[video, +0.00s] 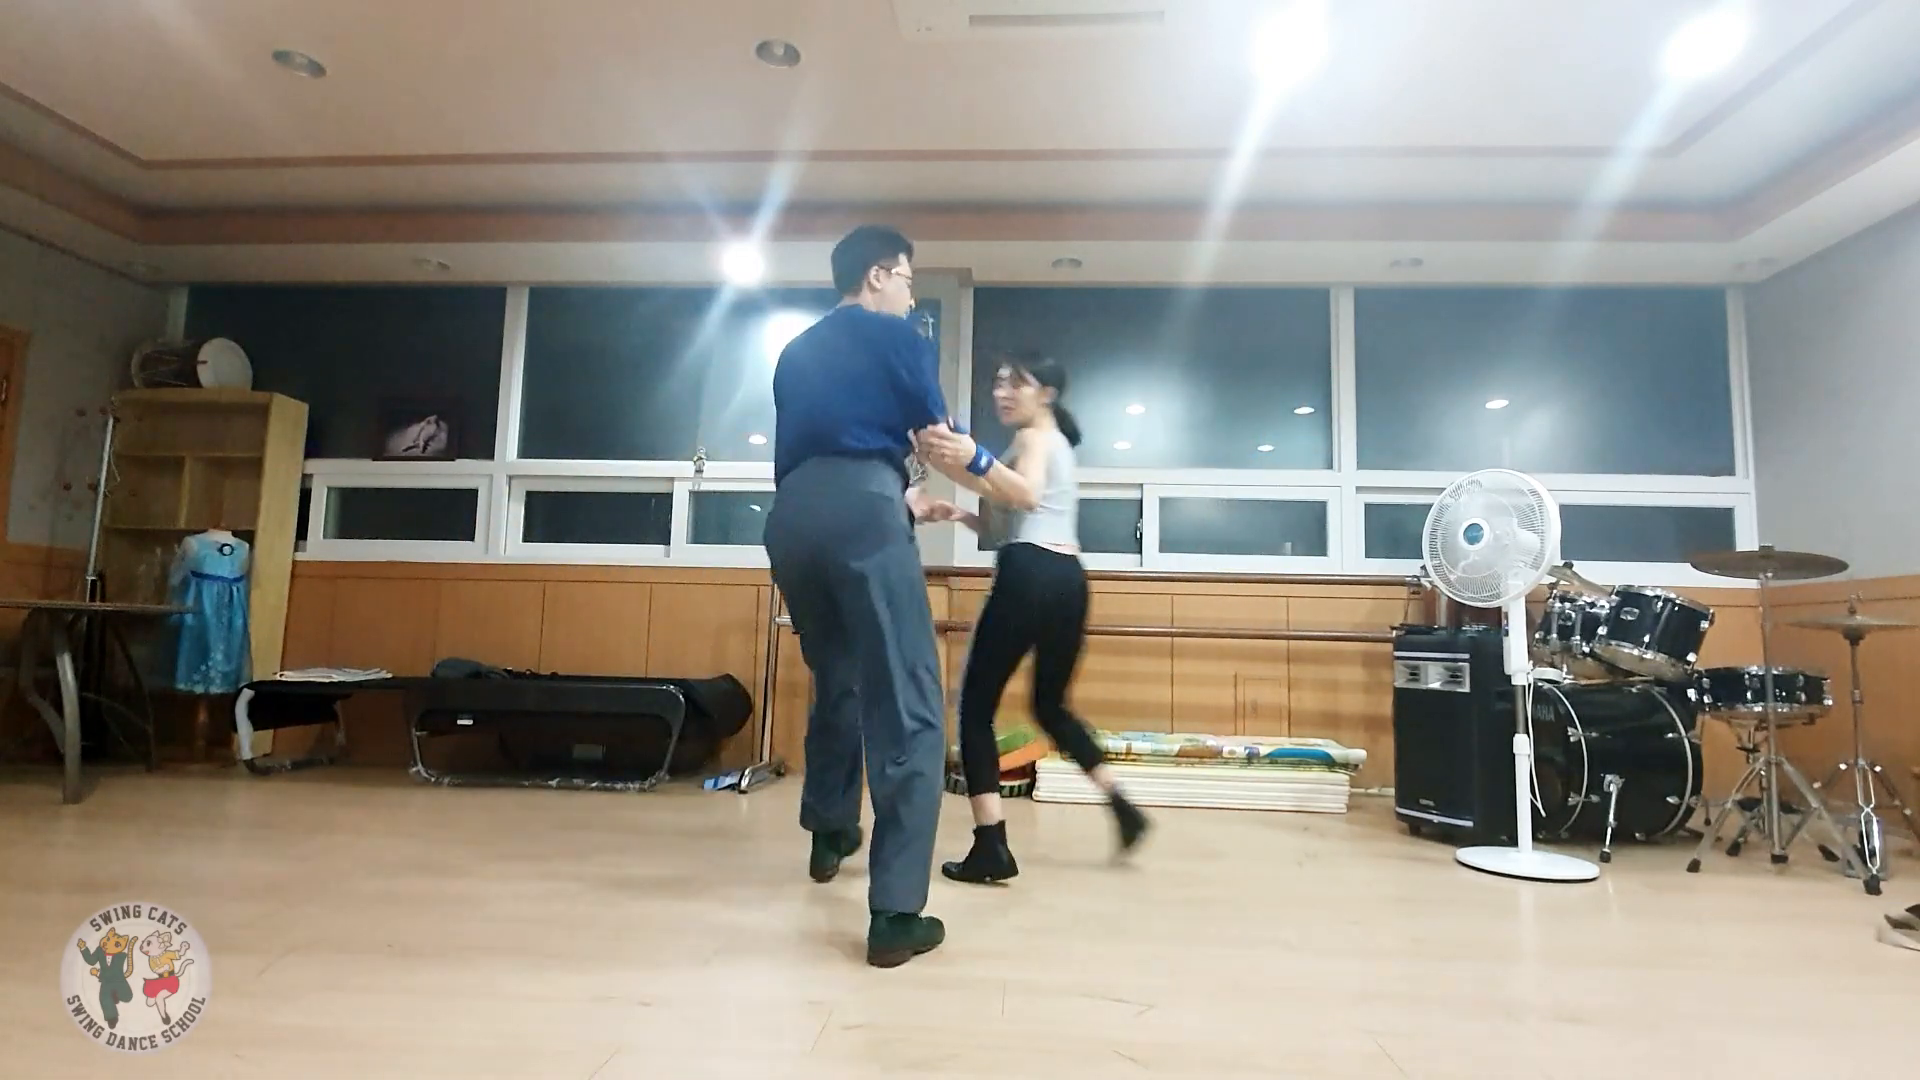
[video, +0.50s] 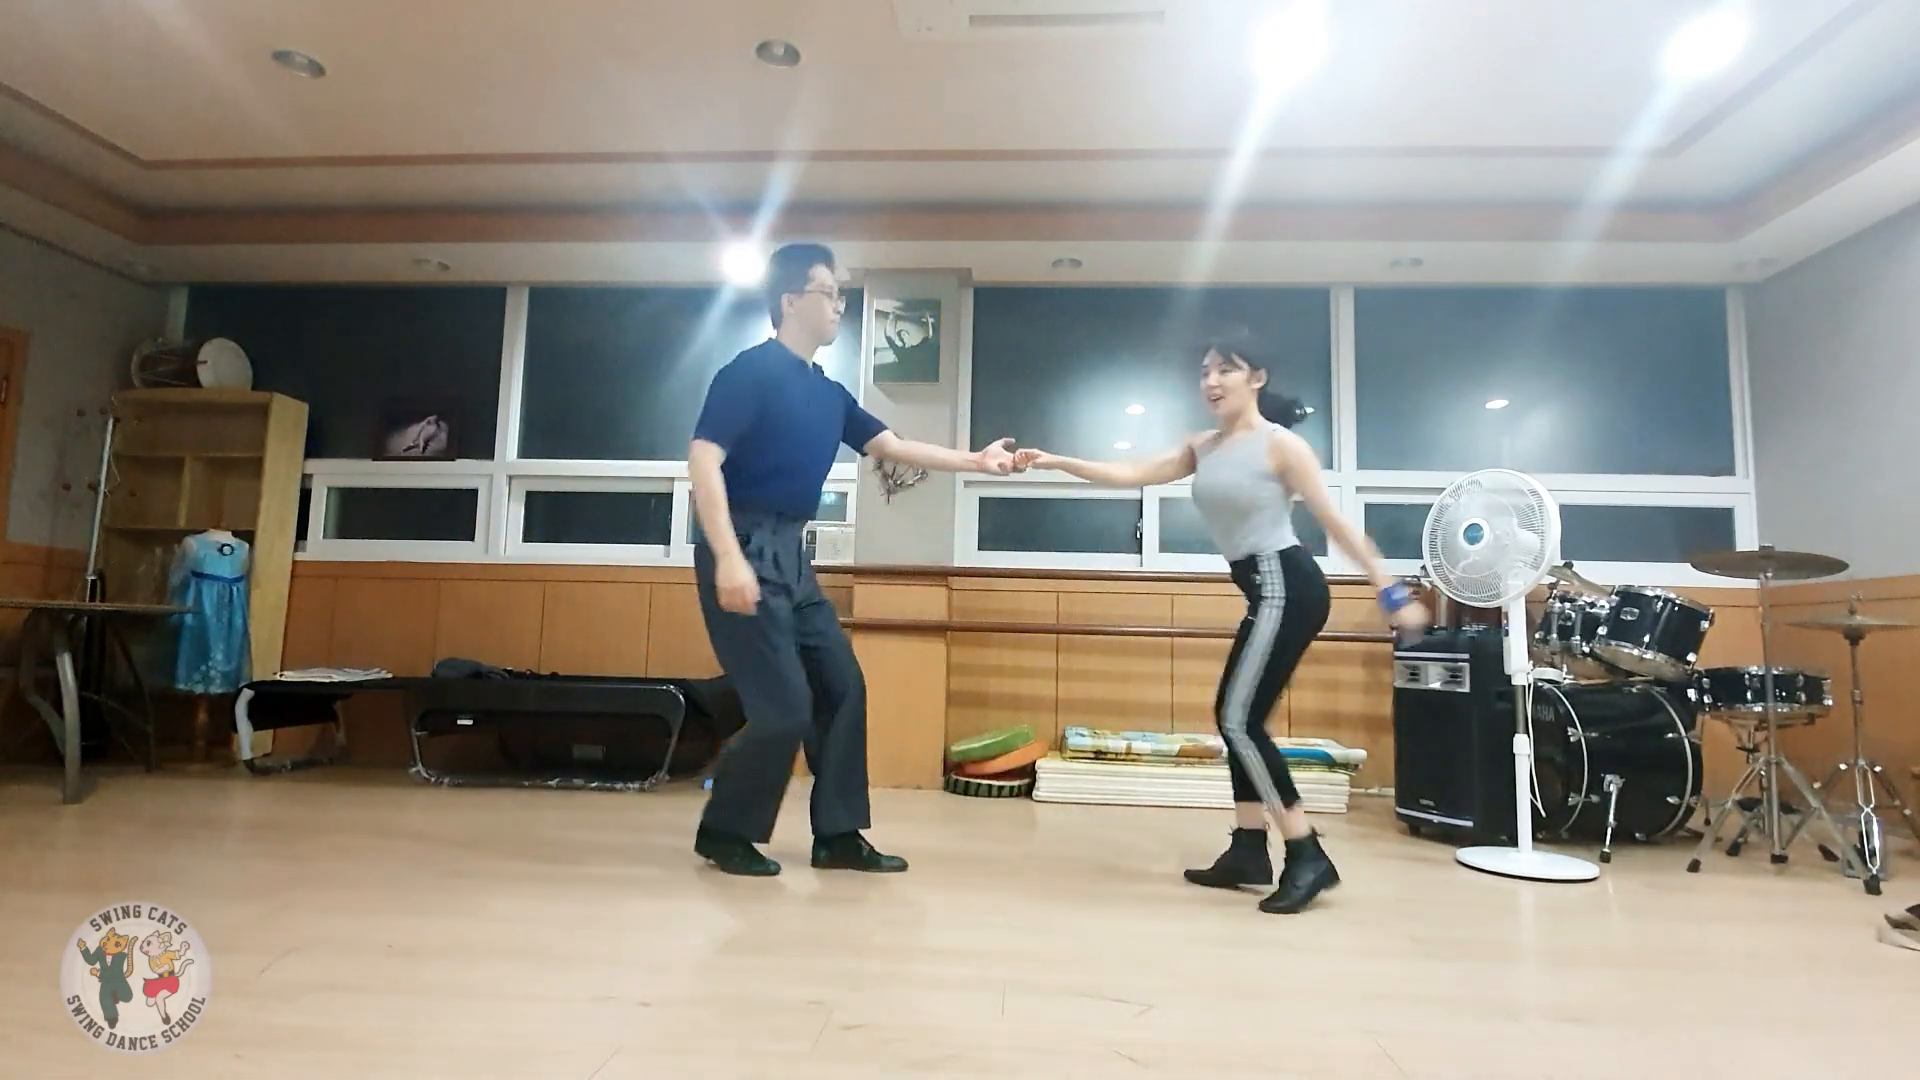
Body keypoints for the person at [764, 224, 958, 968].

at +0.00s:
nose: (910, 293)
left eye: (908, 280)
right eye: (906, 279)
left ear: (845, 280)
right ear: (880, 276)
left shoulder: (795, 352)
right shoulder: (899, 339)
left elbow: (794, 464)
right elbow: (944, 451)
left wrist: (901, 498)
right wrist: (961, 454)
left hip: (792, 508)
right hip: (866, 505)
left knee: (836, 679)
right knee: (908, 704)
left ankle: (830, 835)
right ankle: (896, 912)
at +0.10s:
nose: (896, 304)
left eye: (894, 290)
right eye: (890, 289)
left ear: (839, 293)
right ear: (859, 289)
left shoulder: (794, 359)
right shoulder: (864, 350)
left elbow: (859, 468)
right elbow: (907, 460)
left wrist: (942, 496)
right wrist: (977, 509)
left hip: (773, 530)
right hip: (837, 524)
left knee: (836, 693)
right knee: (894, 712)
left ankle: (841, 840)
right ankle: (895, 915)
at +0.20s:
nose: (883, 295)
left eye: (880, 282)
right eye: (873, 281)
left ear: (834, 287)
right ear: (838, 285)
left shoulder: (803, 349)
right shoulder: (827, 349)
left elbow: (851, 452)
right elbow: (852, 459)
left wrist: (947, 472)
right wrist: (928, 543)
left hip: (771, 535)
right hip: (806, 534)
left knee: (832, 707)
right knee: (870, 701)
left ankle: (845, 859)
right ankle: (867, 890)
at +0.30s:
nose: (866, 291)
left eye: (865, 278)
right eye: (857, 277)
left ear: (822, 283)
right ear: (818, 281)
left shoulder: (811, 352)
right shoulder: (798, 344)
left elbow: (874, 435)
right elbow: (788, 445)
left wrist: (963, 452)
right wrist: (844, 538)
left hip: (772, 533)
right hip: (787, 532)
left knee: (818, 688)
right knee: (856, 682)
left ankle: (836, 836)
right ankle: (804, 861)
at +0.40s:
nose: (851, 293)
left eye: (849, 280)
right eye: (841, 279)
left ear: (813, 288)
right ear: (803, 284)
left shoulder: (825, 374)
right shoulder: (768, 353)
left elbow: (886, 434)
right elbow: (740, 452)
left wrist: (972, 448)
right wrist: (774, 544)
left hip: (792, 536)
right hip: (757, 534)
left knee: (831, 685)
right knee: (823, 688)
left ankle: (833, 837)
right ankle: (754, 836)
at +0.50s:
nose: (839, 307)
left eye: (839, 296)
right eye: (828, 294)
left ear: (811, 305)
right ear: (789, 301)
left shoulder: (829, 392)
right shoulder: (748, 373)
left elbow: (891, 446)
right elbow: (703, 462)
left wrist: (977, 461)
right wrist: (728, 557)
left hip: (789, 551)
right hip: (737, 548)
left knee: (841, 686)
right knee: (783, 705)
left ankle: (838, 836)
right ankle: (723, 831)